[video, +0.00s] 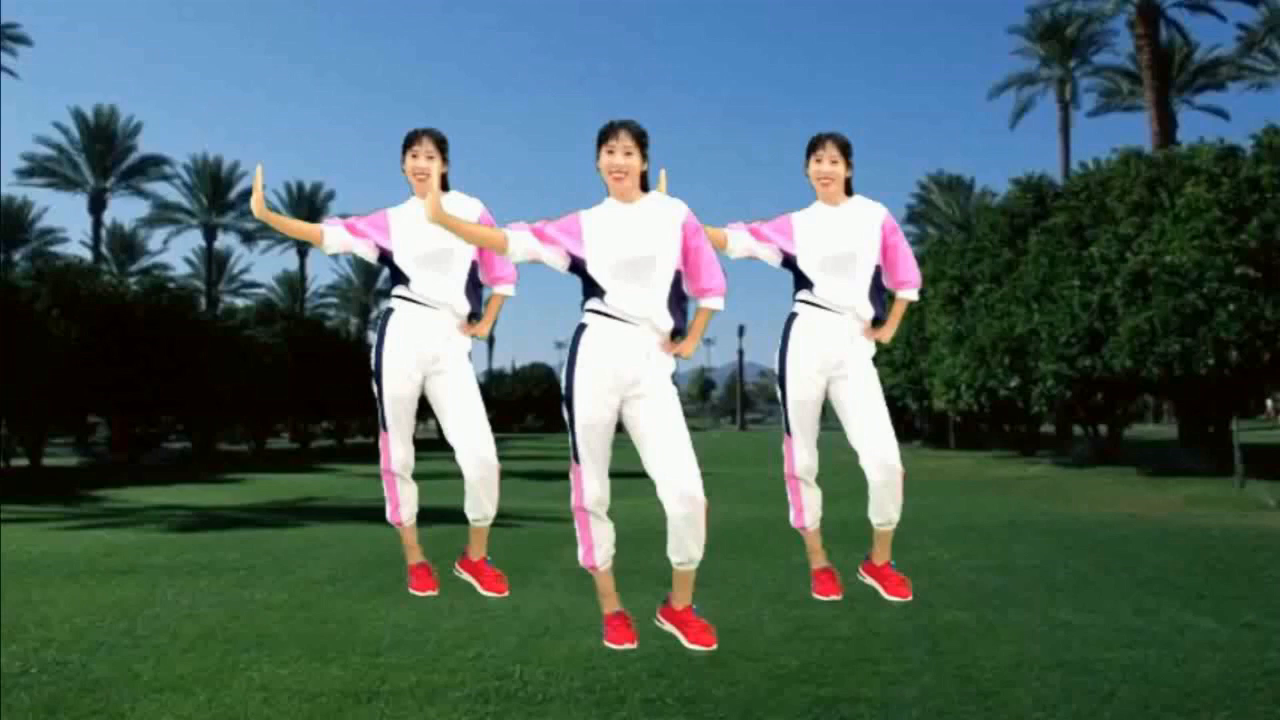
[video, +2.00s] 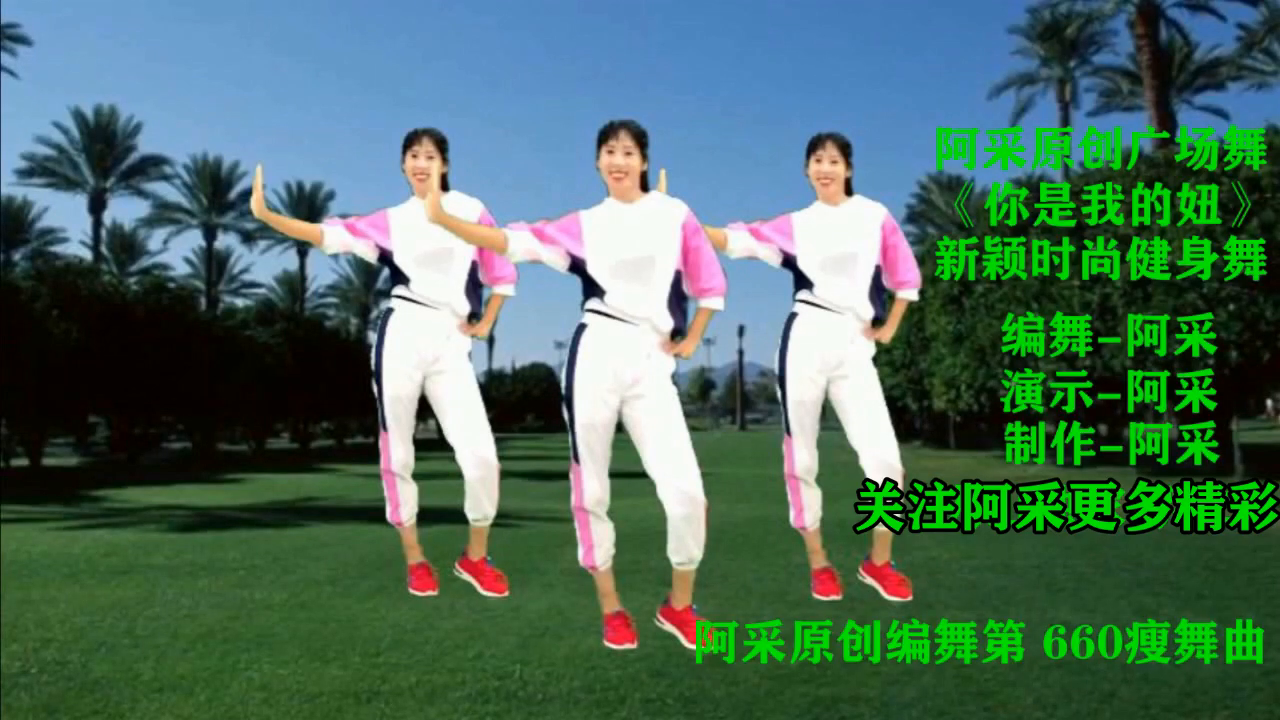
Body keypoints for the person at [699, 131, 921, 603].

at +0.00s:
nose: (826, 169)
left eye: (834, 162)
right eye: (818, 162)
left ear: (848, 169)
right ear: (807, 171)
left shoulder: (876, 217)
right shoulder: (797, 224)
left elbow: (908, 277)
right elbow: (735, 238)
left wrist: (888, 329)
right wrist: (682, 224)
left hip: (856, 341)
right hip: (807, 336)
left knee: (885, 461)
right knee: (802, 458)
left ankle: (879, 562)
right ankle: (819, 565)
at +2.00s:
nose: (825, 168)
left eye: (833, 161)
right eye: (818, 161)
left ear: (848, 169)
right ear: (807, 170)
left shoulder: (875, 217)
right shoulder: (797, 223)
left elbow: (907, 276)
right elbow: (734, 238)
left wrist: (888, 329)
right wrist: (682, 224)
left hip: (855, 340)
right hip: (807, 336)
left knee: (886, 459)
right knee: (802, 458)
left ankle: (879, 562)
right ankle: (819, 565)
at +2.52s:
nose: (825, 168)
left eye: (833, 161)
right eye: (818, 161)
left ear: (848, 169)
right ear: (807, 171)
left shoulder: (876, 217)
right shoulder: (797, 223)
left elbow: (907, 277)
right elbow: (734, 238)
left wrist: (888, 329)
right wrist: (682, 224)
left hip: (855, 340)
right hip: (806, 335)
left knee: (885, 458)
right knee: (802, 458)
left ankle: (879, 562)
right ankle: (819, 565)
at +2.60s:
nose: (825, 168)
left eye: (833, 161)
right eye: (818, 161)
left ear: (848, 169)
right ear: (807, 171)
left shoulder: (876, 217)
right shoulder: (797, 223)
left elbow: (907, 277)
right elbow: (734, 238)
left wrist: (888, 329)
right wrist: (682, 224)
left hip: (855, 340)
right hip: (806, 335)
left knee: (885, 458)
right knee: (802, 458)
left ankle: (879, 562)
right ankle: (819, 565)